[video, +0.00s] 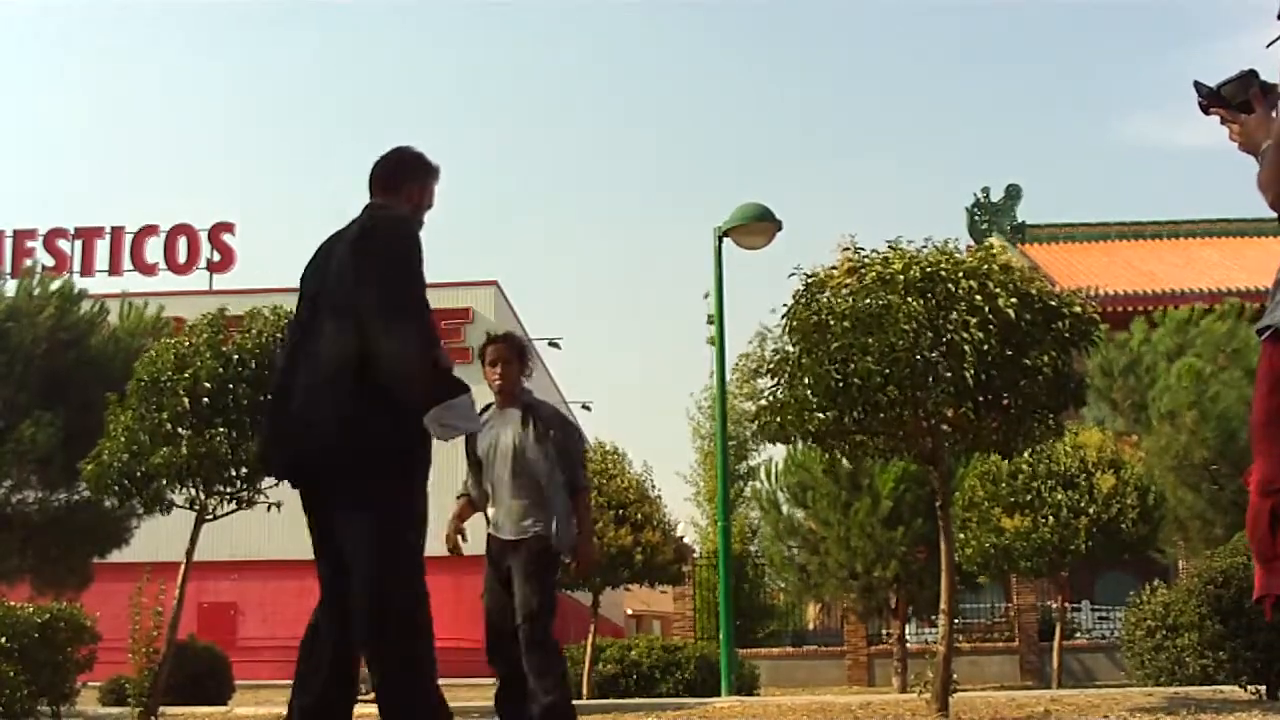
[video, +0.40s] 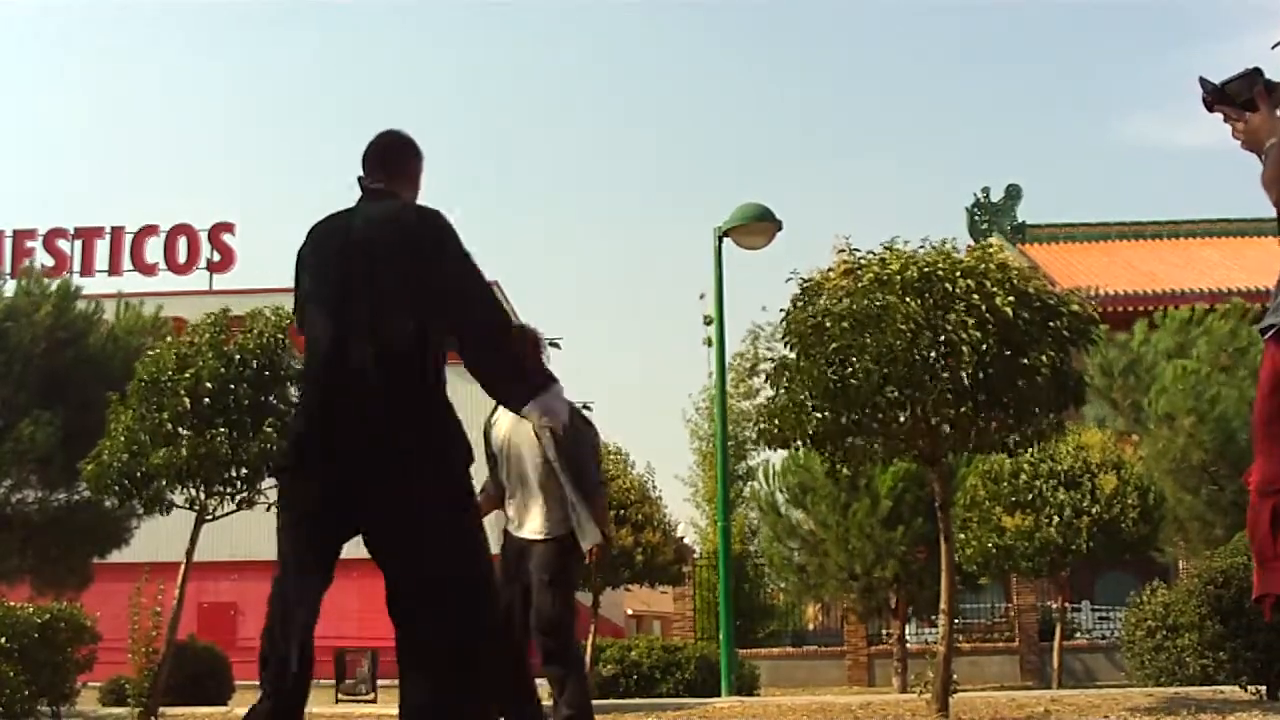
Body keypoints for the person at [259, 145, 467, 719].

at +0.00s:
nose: (426, 213)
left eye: (428, 202)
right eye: (425, 201)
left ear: (377, 187)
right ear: (407, 190)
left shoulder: (330, 250)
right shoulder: (392, 237)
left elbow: (305, 353)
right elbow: (402, 340)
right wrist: (449, 401)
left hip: (324, 448)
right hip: (380, 449)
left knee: (340, 597)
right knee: (396, 596)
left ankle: (314, 710)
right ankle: (417, 710)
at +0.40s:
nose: (414, 190)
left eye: (405, 181)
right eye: (417, 181)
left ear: (362, 177)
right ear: (415, 178)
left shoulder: (318, 238)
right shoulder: (426, 229)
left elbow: (313, 330)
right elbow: (481, 326)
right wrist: (540, 393)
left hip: (323, 437)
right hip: (413, 439)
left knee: (296, 581)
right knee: (441, 588)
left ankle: (277, 705)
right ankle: (443, 709)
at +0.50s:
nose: (389, 187)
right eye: (392, 179)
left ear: (337, 179)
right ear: (392, 178)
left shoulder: (296, 236)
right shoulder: (413, 233)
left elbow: (286, 334)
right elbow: (486, 316)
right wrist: (558, 377)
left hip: (307, 452)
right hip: (403, 451)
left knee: (290, 607)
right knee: (441, 609)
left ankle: (298, 716)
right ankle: (447, 713)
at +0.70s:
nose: (322, 176)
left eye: (297, 170)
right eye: (332, 165)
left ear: (283, 173)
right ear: (341, 167)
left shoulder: (261, 221)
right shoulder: (384, 224)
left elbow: (226, 308)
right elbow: (473, 283)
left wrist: (290, 335)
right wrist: (557, 338)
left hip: (289, 441)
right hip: (375, 435)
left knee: (295, 596)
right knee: (394, 573)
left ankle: (293, 707)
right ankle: (426, 652)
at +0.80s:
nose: (283, 186)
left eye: (269, 179)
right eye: (303, 170)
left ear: (263, 179)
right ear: (320, 173)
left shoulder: (256, 229)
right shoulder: (372, 227)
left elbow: (204, 305)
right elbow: (459, 269)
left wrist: (258, 327)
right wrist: (524, 327)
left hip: (315, 434)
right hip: (387, 429)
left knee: (276, 561)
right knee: (343, 570)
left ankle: (327, 699)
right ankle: (355, 705)